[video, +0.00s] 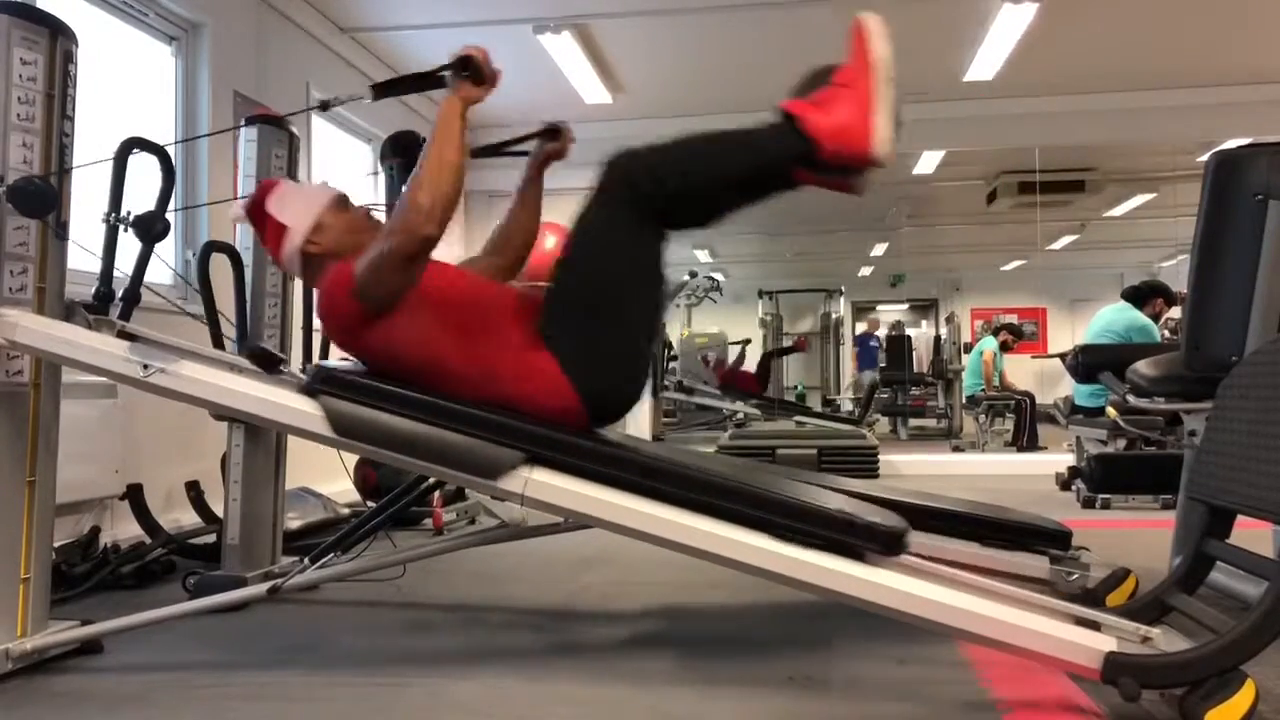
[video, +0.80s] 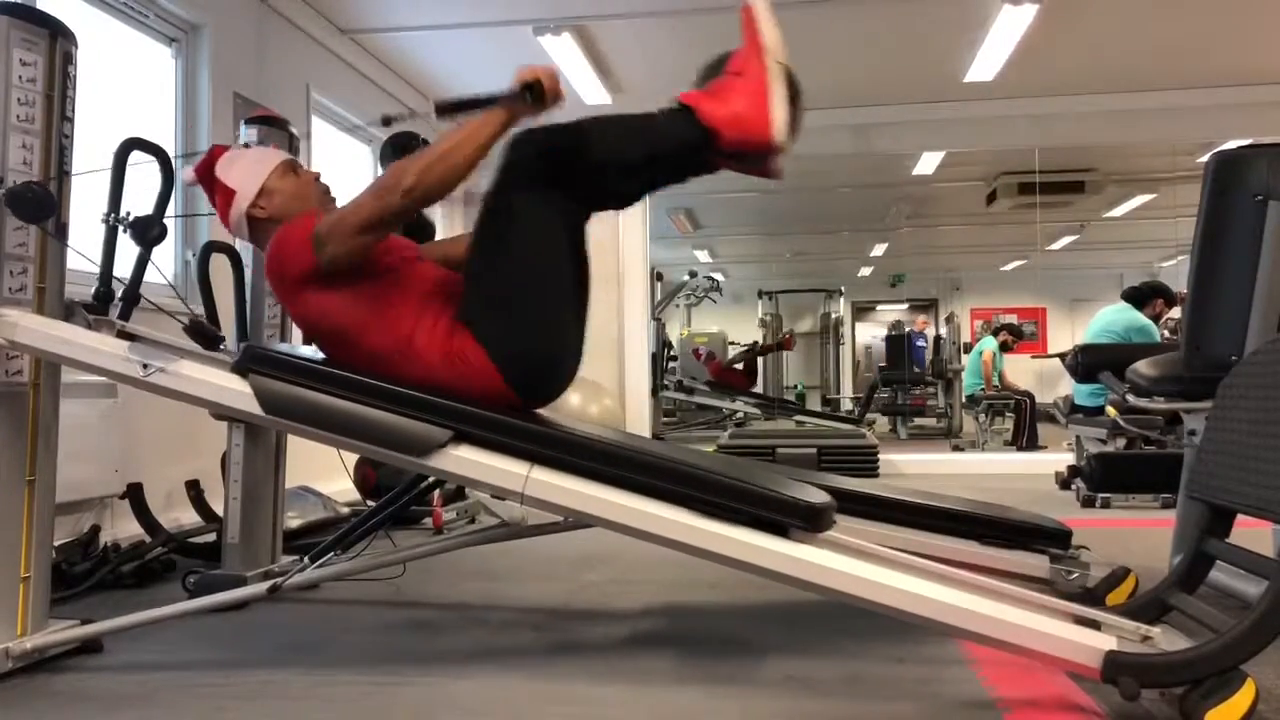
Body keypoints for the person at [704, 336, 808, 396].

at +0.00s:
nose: (724, 363)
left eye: (722, 362)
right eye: (721, 363)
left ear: (717, 369)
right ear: (719, 368)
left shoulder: (725, 376)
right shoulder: (726, 377)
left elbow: (738, 363)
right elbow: (738, 362)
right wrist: (743, 347)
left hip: (757, 384)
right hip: (758, 387)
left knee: (767, 357)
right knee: (767, 356)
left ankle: (795, 347)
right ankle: (796, 348)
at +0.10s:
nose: (719, 357)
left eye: (716, 357)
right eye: (717, 357)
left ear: (710, 364)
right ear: (716, 360)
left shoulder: (720, 369)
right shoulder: (719, 370)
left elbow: (736, 362)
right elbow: (735, 362)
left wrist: (745, 349)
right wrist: (745, 350)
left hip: (750, 381)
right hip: (751, 383)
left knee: (755, 352)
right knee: (755, 353)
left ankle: (782, 344)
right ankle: (784, 344)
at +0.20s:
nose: (715, 355)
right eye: (713, 354)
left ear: (704, 361)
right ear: (712, 357)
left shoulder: (715, 370)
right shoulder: (716, 368)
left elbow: (730, 364)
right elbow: (730, 364)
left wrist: (742, 359)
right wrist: (743, 358)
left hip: (746, 381)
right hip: (748, 380)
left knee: (745, 350)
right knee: (745, 350)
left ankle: (771, 343)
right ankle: (772, 343)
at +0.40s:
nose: (711, 351)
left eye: (708, 350)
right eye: (709, 350)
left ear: (701, 358)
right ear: (708, 353)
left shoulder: (708, 369)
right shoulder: (713, 363)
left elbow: (731, 366)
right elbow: (732, 365)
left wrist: (756, 359)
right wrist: (751, 366)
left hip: (738, 382)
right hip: (742, 378)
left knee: (735, 349)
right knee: (735, 349)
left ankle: (763, 340)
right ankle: (764, 340)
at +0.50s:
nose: (710, 350)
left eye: (708, 349)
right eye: (708, 350)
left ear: (701, 358)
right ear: (707, 353)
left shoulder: (708, 368)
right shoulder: (713, 363)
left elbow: (733, 365)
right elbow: (734, 365)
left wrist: (759, 362)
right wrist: (754, 368)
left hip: (738, 382)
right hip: (742, 378)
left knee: (736, 350)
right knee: (736, 349)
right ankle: (763, 340)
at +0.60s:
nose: (710, 349)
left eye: (707, 348)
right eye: (707, 349)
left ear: (702, 357)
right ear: (705, 354)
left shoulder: (709, 368)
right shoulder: (714, 363)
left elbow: (732, 366)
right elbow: (733, 365)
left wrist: (755, 362)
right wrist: (751, 367)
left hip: (737, 383)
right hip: (742, 380)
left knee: (739, 350)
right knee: (739, 349)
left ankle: (765, 341)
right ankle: (766, 341)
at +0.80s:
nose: (713, 353)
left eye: (711, 352)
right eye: (711, 353)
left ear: (705, 360)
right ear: (710, 356)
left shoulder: (715, 368)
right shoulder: (716, 368)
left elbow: (734, 360)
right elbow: (735, 360)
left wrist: (748, 350)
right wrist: (750, 350)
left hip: (744, 380)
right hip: (747, 381)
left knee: (751, 352)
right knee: (753, 353)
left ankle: (780, 344)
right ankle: (782, 345)